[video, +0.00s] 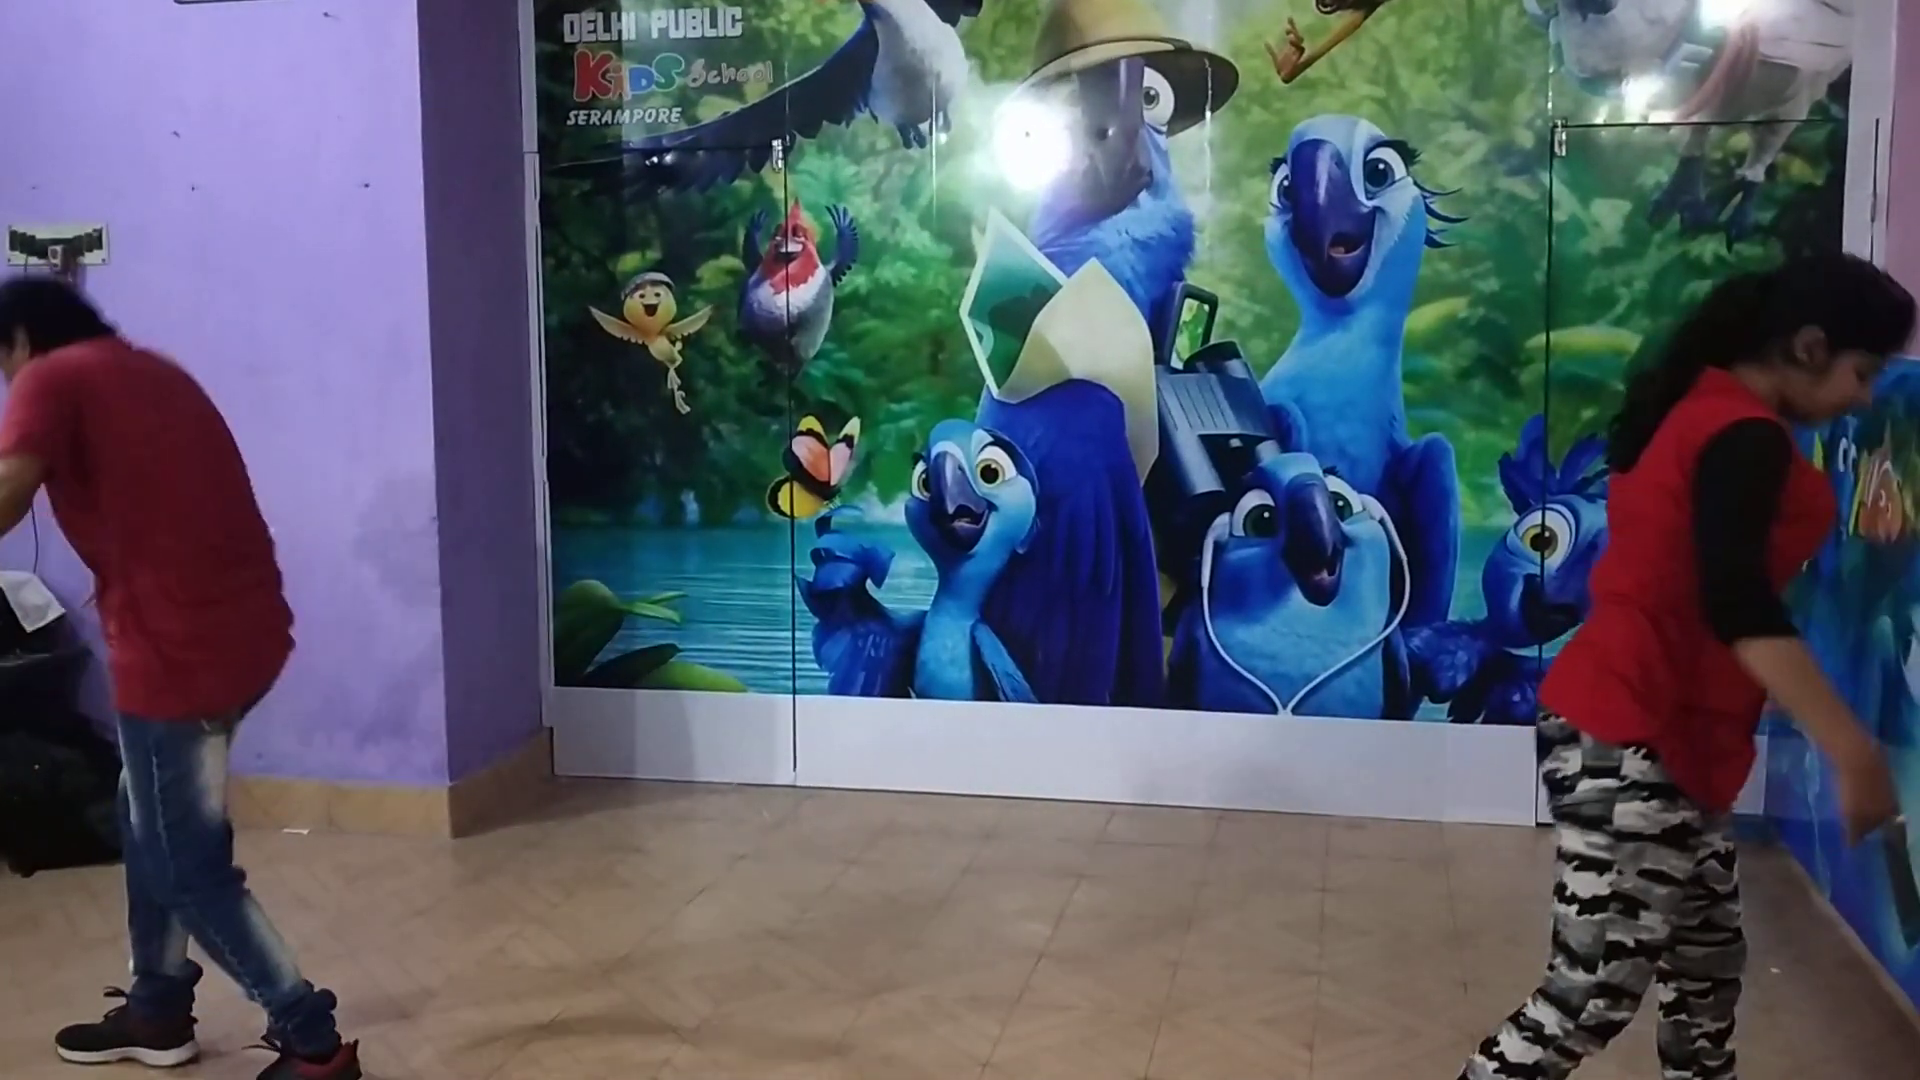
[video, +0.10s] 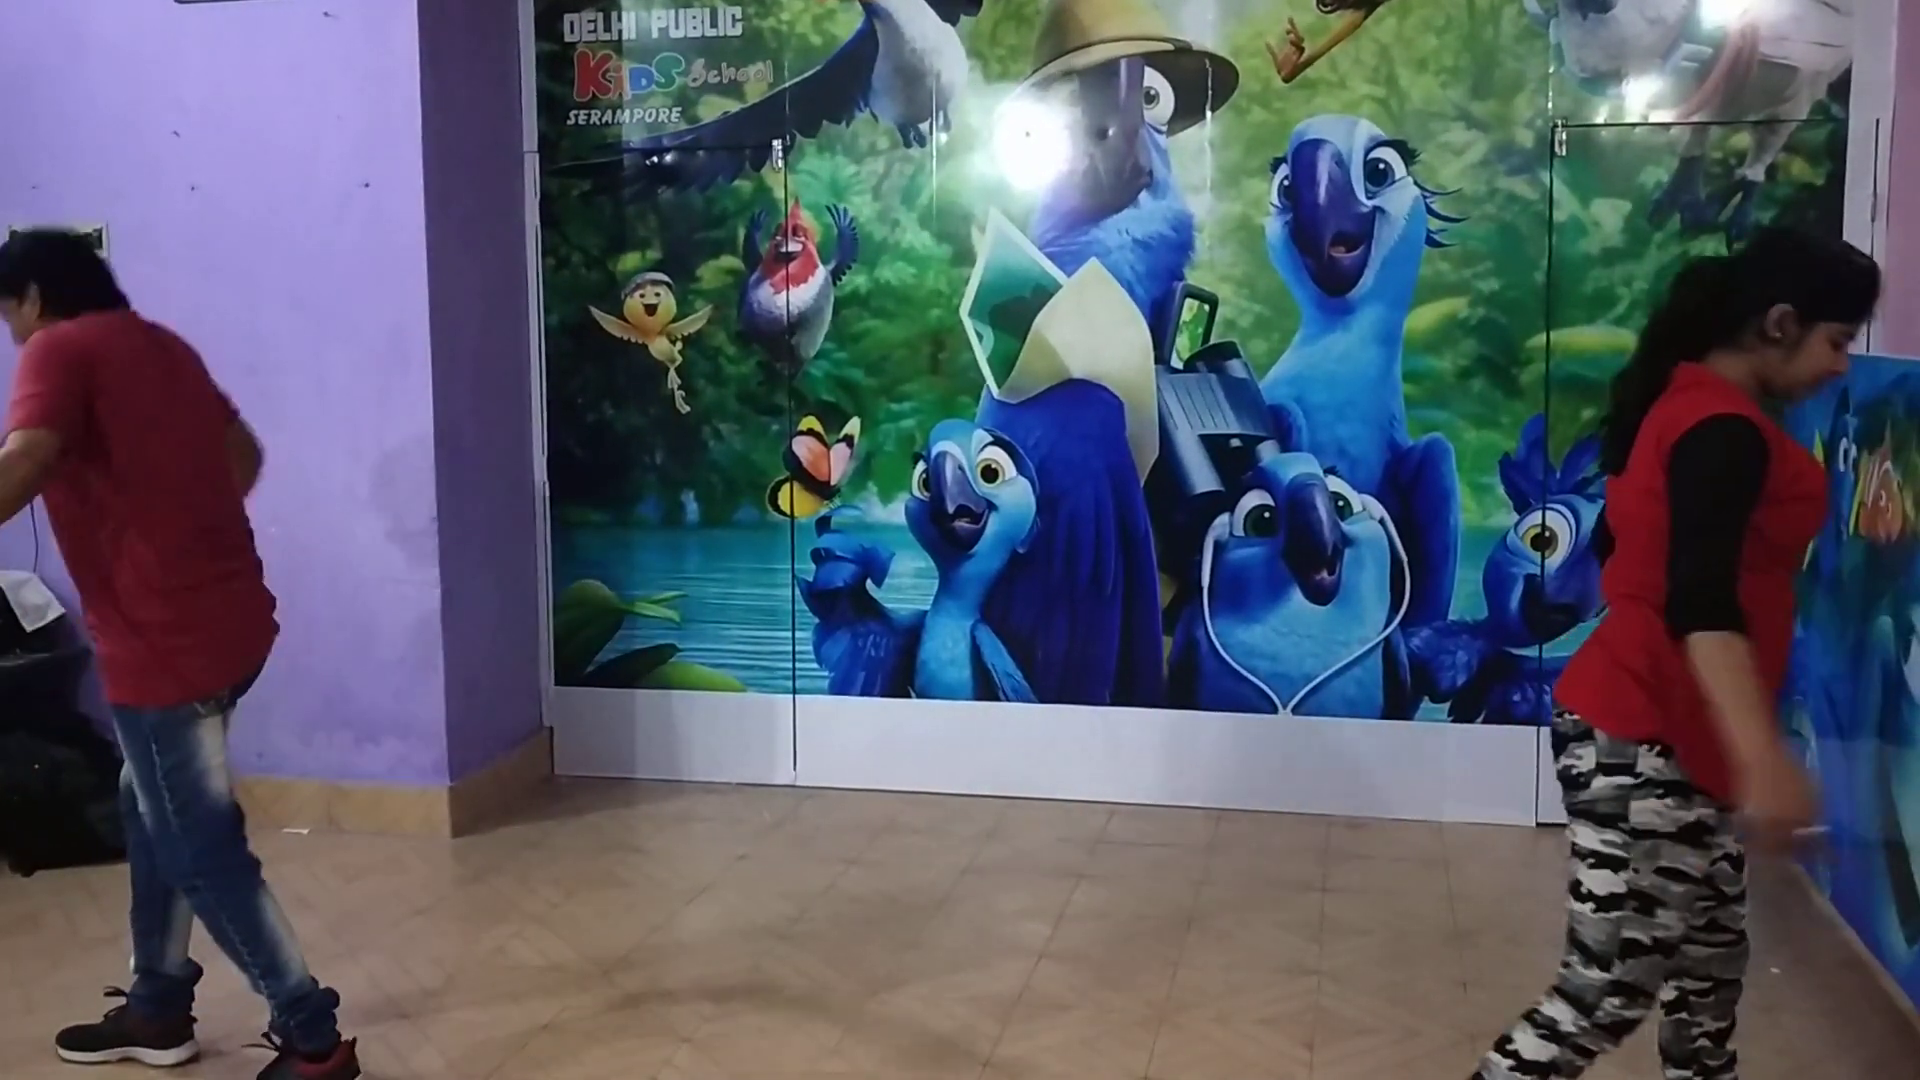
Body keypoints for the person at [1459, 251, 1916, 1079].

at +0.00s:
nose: (1864, 395)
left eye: (1873, 377)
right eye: (1864, 372)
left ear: (1800, 341)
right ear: (1809, 345)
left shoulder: (1704, 405)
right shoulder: (1744, 434)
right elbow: (1741, 607)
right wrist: (1854, 752)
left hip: (1662, 740)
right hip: (1619, 738)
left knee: (1706, 964)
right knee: (1591, 990)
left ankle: (1699, 1072)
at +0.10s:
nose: (1842, 363)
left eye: (1848, 345)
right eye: (1837, 341)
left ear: (1775, 323)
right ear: (1779, 323)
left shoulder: (1706, 406)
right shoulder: (1720, 428)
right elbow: (1701, 608)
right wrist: (1768, 764)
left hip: (1685, 733)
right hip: (1632, 731)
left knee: (1709, 965)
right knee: (1607, 988)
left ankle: (1700, 1072)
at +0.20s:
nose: (1817, 354)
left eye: (1820, 335)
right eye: (1810, 331)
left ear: (1742, 319)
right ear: (1748, 319)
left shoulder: (1677, 411)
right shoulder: (1700, 436)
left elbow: (1622, 592)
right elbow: (1669, 618)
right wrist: (1668, 776)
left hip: (1689, 747)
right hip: (1642, 753)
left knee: (1708, 1000)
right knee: (1622, 1001)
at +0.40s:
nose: (1742, 363)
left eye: (1746, 343)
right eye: (1735, 341)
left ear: (1672, 333)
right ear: (1676, 331)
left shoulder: (1612, 430)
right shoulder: (1626, 457)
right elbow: (1591, 648)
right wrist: (1563, 820)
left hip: (1643, 774)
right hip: (1608, 784)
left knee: (1695, 988)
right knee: (1629, 1022)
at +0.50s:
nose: (1693, 380)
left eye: (1697, 360)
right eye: (1687, 357)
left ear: (1621, 348)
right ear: (1628, 348)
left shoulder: (1555, 443)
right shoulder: (1578, 472)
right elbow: (1543, 671)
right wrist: (1526, 846)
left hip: (1586, 788)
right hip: (1544, 799)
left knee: (1665, 981)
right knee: (1584, 1032)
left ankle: (1675, 1070)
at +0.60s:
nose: (1642, 393)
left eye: (1644, 373)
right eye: (1635, 371)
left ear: (1568, 366)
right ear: (1575, 366)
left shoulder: (1499, 454)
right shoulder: (1528, 488)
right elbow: (1498, 693)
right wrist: (1488, 869)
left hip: (1498, 788)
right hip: (1464, 806)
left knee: (1627, 955)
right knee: (1567, 1026)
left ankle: (1612, 1066)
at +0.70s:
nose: (1581, 403)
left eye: (1584, 382)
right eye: (1574, 381)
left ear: (1508, 374)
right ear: (1516, 376)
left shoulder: (1436, 461)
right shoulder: (1471, 498)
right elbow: (1442, 704)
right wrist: (1437, 880)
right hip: (1412, 810)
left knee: (1571, 958)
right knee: (1538, 1005)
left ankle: (1511, 1063)